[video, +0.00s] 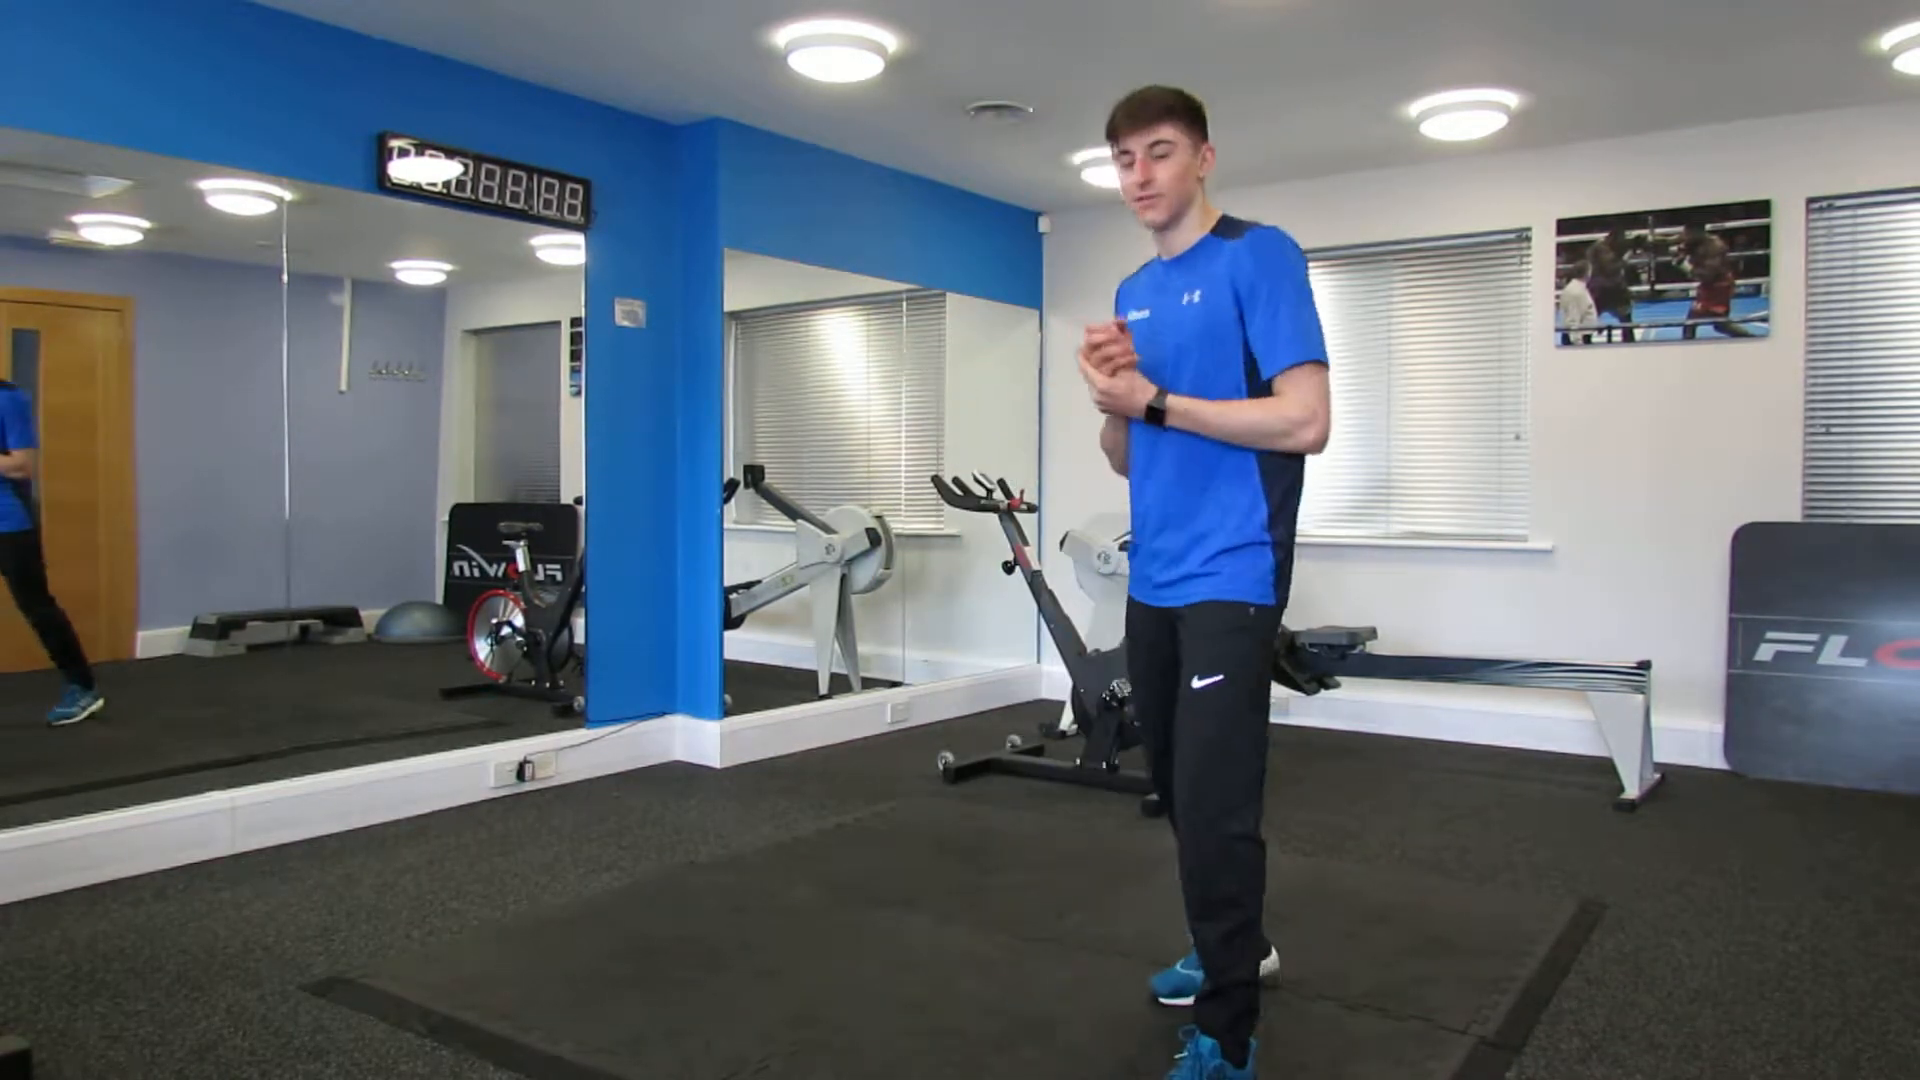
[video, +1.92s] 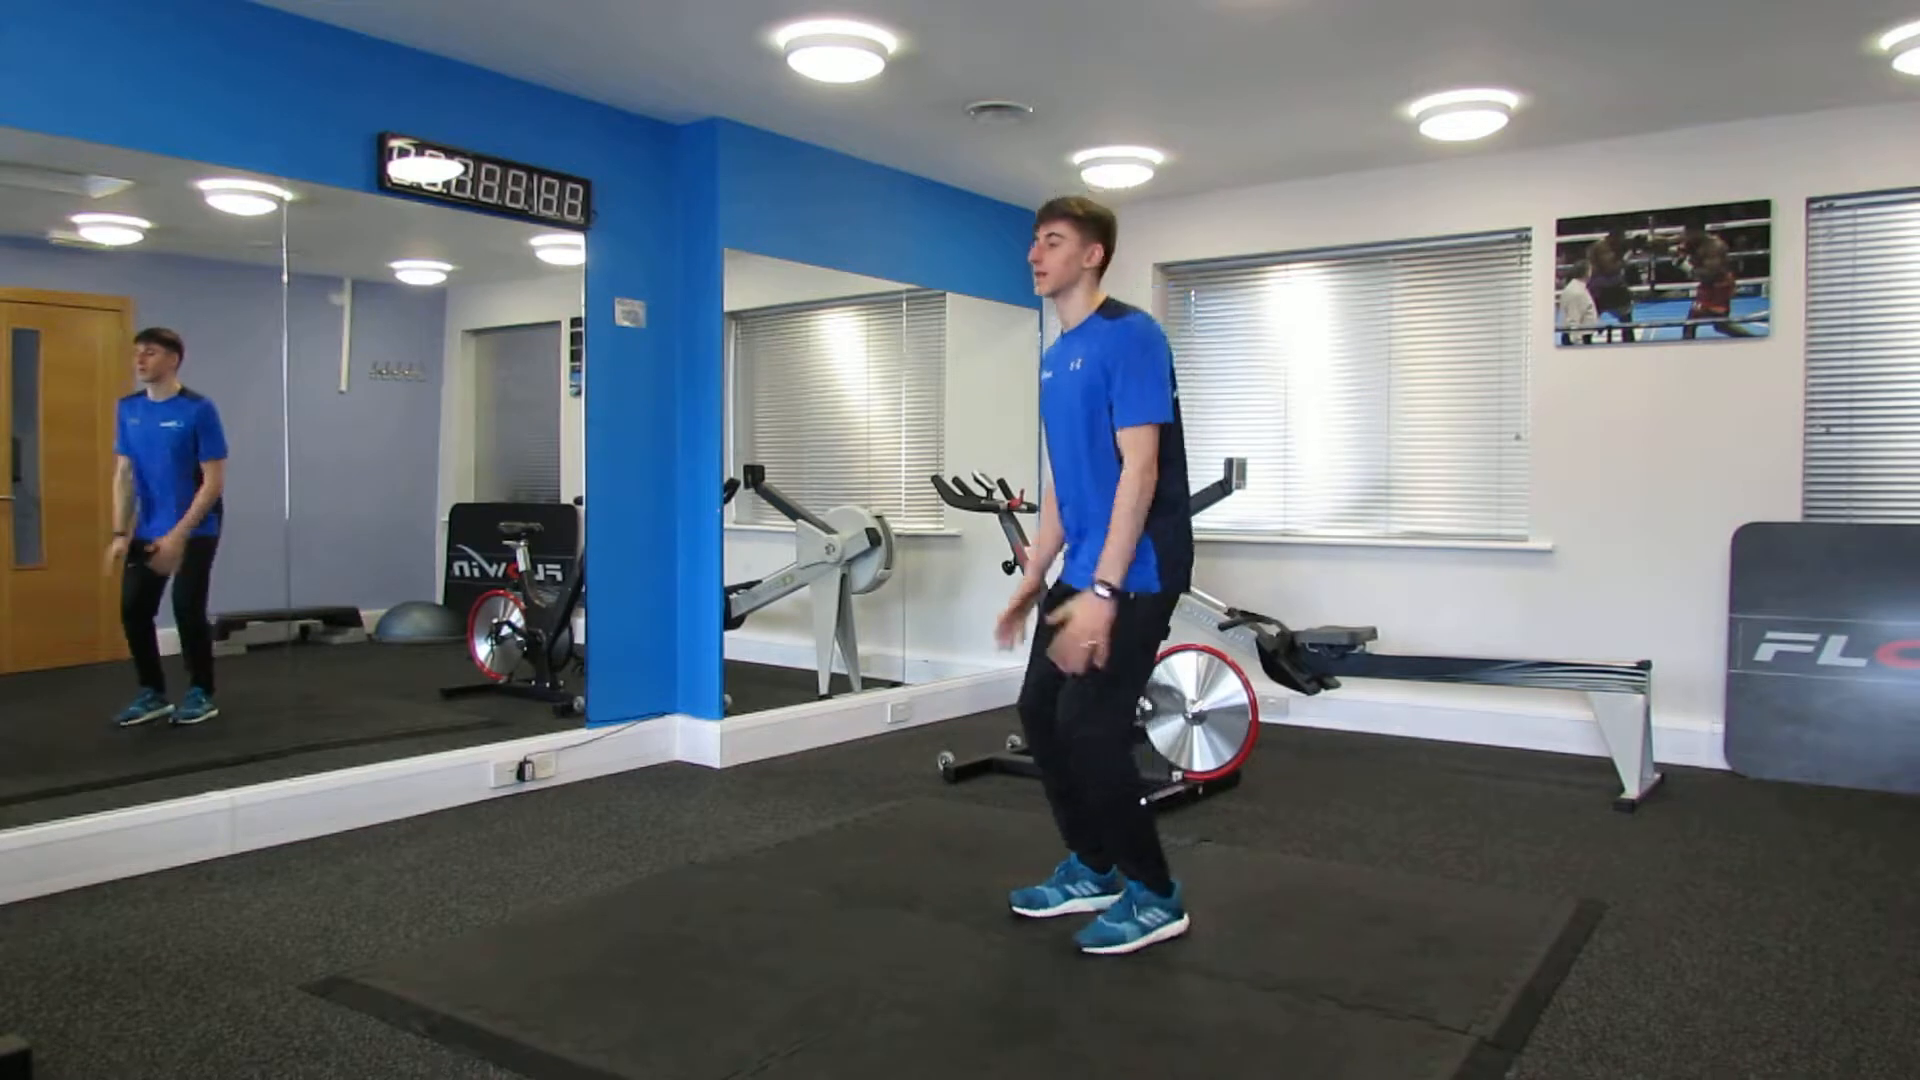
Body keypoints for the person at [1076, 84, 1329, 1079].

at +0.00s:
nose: (1141, 174)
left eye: (1160, 152)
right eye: (1125, 161)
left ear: (1205, 158)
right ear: (1117, 180)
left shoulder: (1260, 255)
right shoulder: (1133, 296)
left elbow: (1307, 420)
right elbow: (1128, 460)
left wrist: (1157, 400)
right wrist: (1110, 401)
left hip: (1232, 566)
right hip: (1155, 569)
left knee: (1217, 800)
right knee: (1178, 780)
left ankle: (1225, 1035)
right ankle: (1229, 947)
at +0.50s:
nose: (1187, 196)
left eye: (1203, 182)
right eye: (1171, 183)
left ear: (1230, 196)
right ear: (1150, 200)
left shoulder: (1283, 280)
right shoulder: (1133, 318)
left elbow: (1342, 412)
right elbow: (1122, 460)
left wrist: (1215, 408)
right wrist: (1154, 414)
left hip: (1262, 560)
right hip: (1171, 566)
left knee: (1268, 751)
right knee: (1194, 757)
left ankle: (1308, 911)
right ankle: (1238, 935)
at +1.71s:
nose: (1060, 233)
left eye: (1076, 219)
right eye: (1056, 223)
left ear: (1118, 230)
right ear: (1056, 238)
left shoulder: (1159, 307)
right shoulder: (1062, 327)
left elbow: (1191, 429)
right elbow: (1071, 421)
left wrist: (1077, 453)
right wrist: (1035, 451)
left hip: (1160, 548)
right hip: (1096, 548)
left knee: (1145, 709)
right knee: (1085, 708)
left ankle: (1179, 880)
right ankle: (1096, 867)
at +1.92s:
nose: (1035, 254)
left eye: (1052, 242)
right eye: (1034, 243)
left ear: (1095, 256)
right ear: (1044, 261)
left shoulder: (1132, 336)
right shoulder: (1057, 356)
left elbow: (1141, 471)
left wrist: (1104, 590)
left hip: (1137, 571)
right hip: (1083, 568)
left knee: (1093, 725)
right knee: (1042, 712)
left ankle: (1156, 894)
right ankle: (1095, 866)